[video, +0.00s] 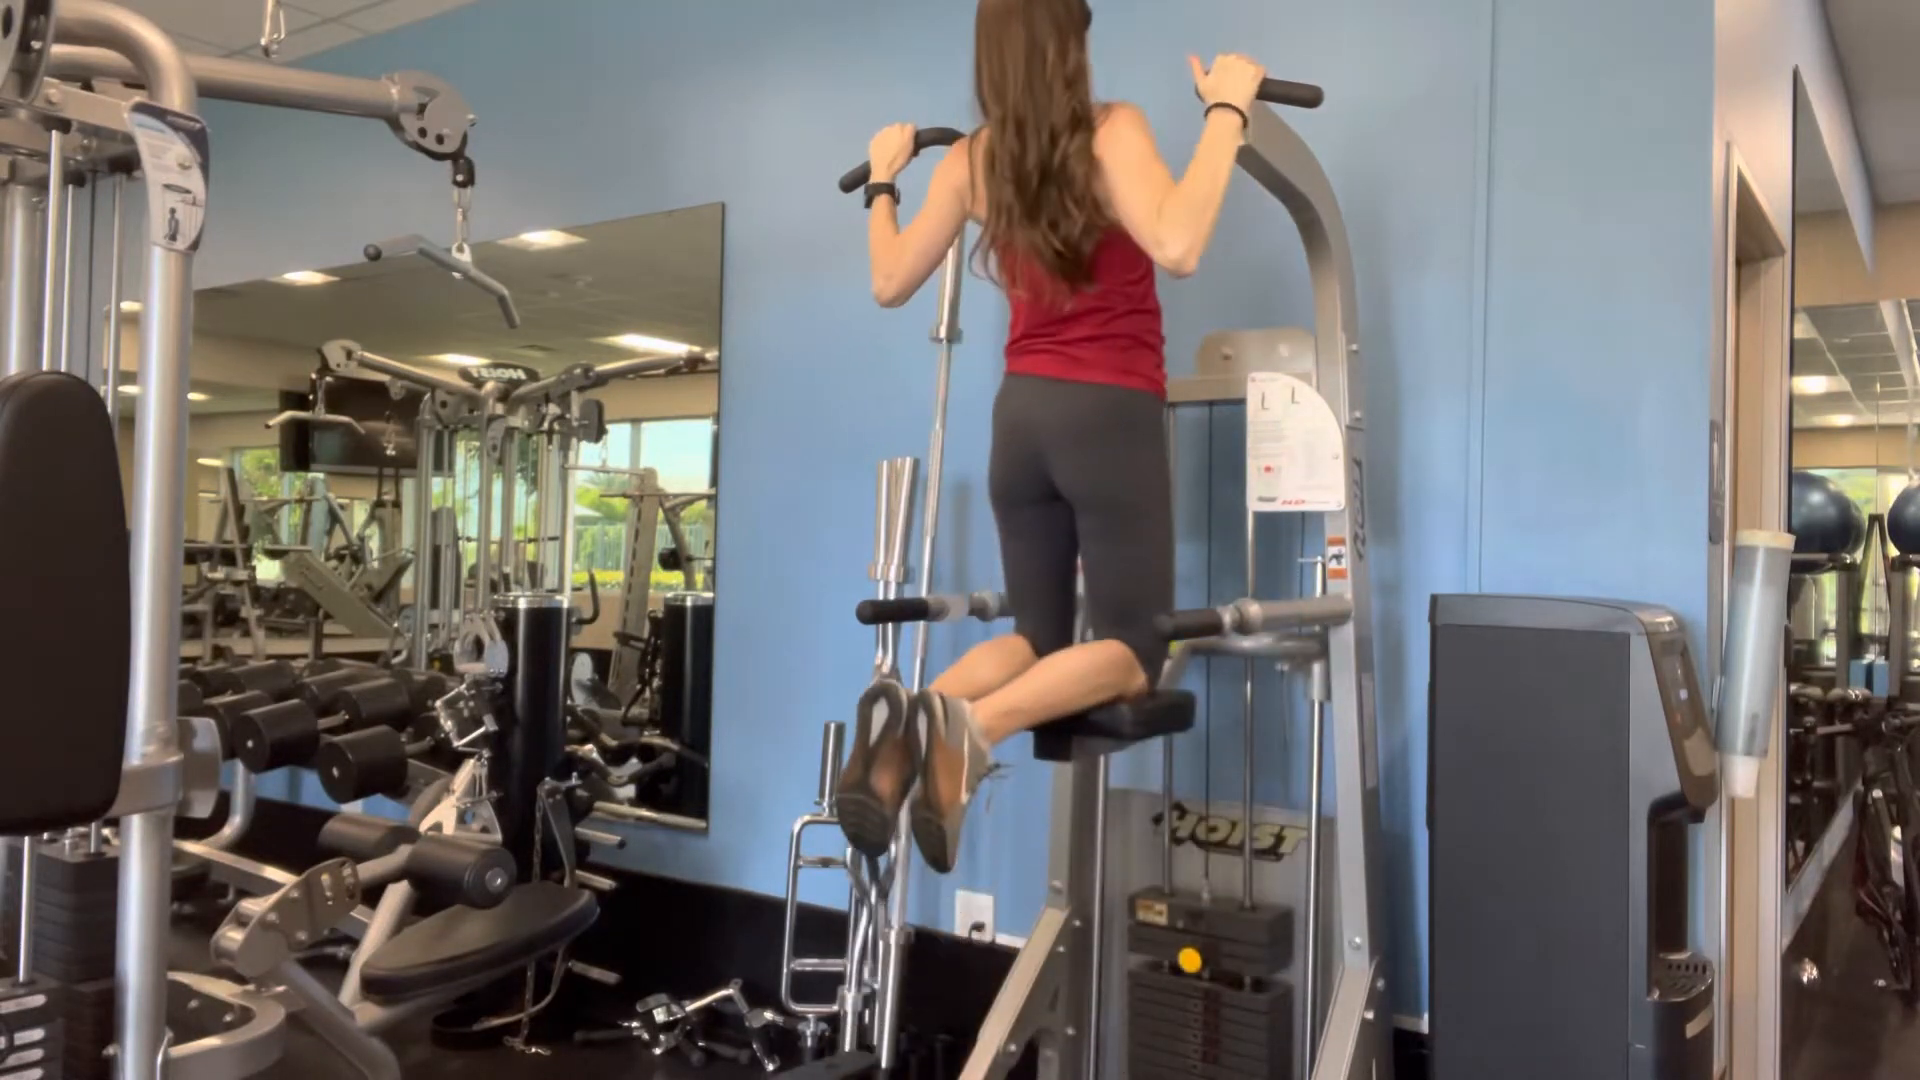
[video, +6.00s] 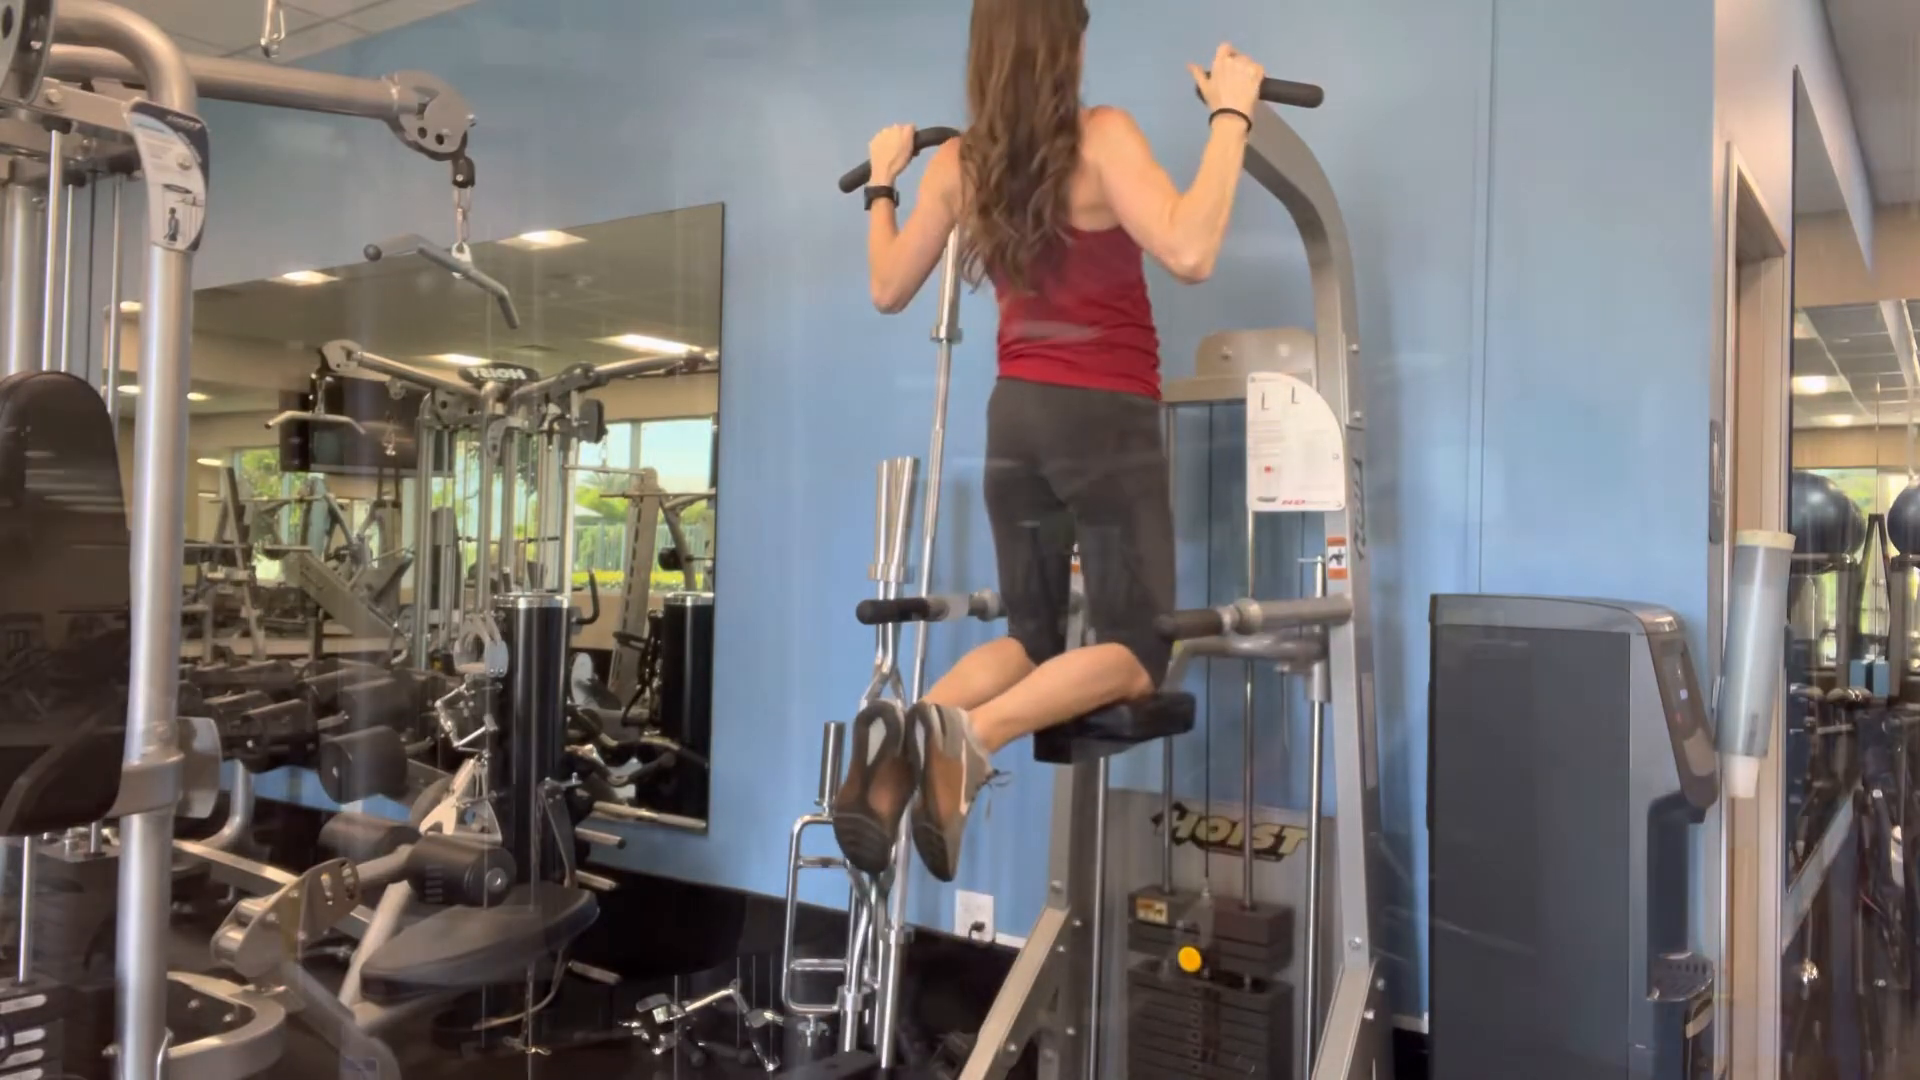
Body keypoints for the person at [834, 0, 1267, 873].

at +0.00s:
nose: (1082, 45)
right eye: (1077, 33)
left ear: (991, 54)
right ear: (1073, 44)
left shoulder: (973, 157)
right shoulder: (1110, 129)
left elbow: (891, 280)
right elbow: (1177, 243)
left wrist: (879, 181)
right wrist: (1228, 114)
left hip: (1020, 415)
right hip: (1110, 416)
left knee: (1039, 638)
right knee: (1132, 653)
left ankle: (915, 716)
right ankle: (978, 724)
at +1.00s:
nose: (1054, 199)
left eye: (1040, 185)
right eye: (1046, 187)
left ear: (953, 216)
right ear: (1036, 204)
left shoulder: (952, 304)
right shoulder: (1077, 278)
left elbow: (880, 295)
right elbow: (1237, 256)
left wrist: (882, 187)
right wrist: (1228, 113)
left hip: (1004, 577)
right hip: (1093, 580)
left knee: (1031, 784)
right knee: (1127, 804)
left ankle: (913, 866)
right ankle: (970, 887)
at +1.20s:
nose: (1048, 307)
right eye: (1037, 295)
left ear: (956, 322)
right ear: (1034, 312)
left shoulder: (955, 395)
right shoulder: (1076, 382)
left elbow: (905, 293)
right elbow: (1200, 270)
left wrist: (885, 185)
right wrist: (1225, 114)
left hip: (997, 685)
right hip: (1087, 693)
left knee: (1023, 894)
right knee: (1119, 916)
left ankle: (900, 1002)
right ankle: (965, 1028)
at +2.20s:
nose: (1064, 152)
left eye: (1057, 143)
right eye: (1059, 142)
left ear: (963, 158)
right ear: (1047, 150)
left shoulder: (965, 247)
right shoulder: (1089, 232)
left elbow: (874, 298)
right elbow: (1248, 253)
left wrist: (881, 185)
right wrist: (1232, 113)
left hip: (1003, 524)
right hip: (1092, 531)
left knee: (1029, 749)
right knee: (1126, 762)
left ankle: (903, 854)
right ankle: (964, 867)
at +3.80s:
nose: (1032, 287)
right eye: (1023, 275)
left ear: (945, 307)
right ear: (1025, 293)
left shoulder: (946, 383)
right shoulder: (1069, 366)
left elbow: (900, 293)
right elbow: (1205, 270)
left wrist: (884, 184)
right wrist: (1224, 117)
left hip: (992, 664)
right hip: (1081, 672)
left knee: (1020, 878)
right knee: (1121, 900)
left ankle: (890, 984)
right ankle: (950, 1002)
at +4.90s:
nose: (1056, 146)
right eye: (1051, 135)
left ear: (953, 153)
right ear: (1039, 144)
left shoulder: (956, 239)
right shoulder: (1075, 227)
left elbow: (883, 300)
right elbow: (1238, 256)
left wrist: (885, 187)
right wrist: (1231, 117)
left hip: (1001, 520)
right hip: (1090, 527)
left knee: (1026, 742)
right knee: (1132, 755)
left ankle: (903, 855)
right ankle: (966, 859)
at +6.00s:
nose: (1080, 46)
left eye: (1069, 32)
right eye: (1076, 33)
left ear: (985, 49)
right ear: (1068, 44)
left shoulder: (960, 159)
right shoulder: (1101, 134)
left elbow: (889, 286)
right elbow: (1190, 251)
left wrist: (878, 181)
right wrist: (1232, 116)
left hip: (1014, 414)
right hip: (1104, 414)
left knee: (1033, 639)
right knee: (1139, 655)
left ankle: (902, 744)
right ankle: (975, 734)